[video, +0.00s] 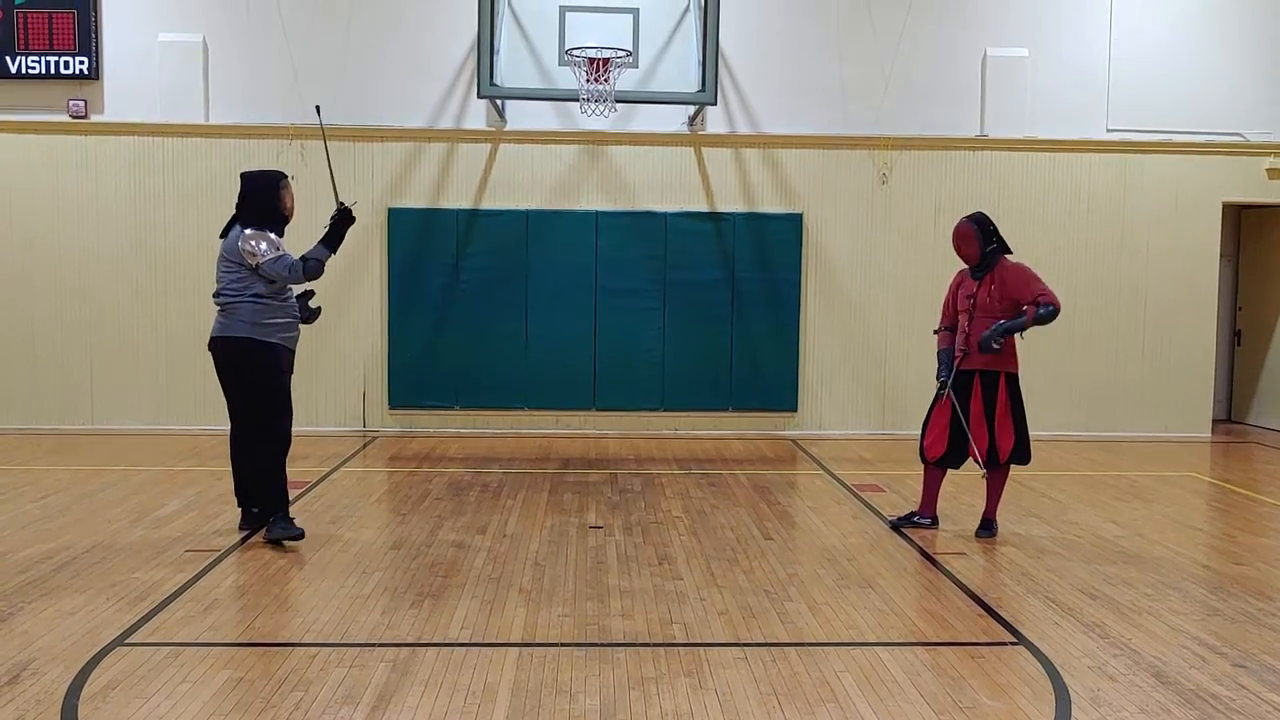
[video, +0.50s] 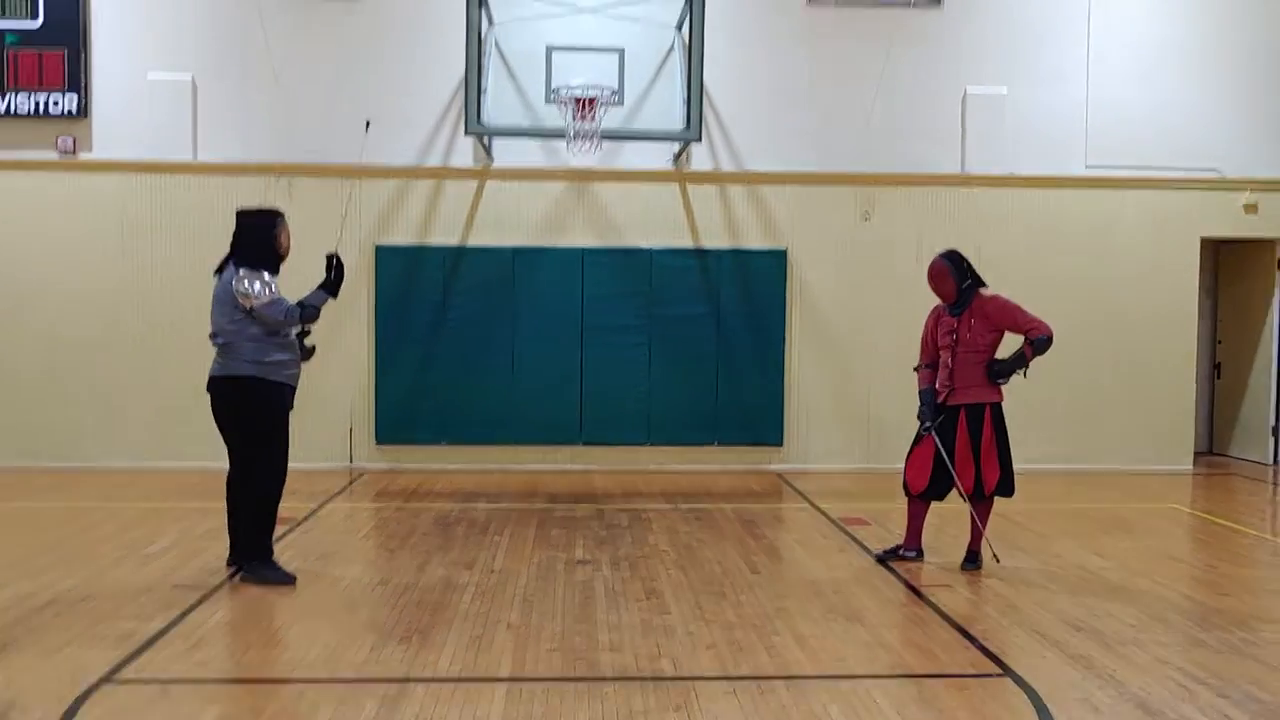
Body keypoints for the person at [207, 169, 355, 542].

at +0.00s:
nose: (293, 202)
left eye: (291, 194)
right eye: (288, 194)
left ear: (260, 198)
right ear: (270, 197)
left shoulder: (242, 235)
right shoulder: (254, 236)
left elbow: (253, 295)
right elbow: (294, 271)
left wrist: (293, 307)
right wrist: (332, 237)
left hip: (238, 343)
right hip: (254, 346)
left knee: (248, 429)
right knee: (273, 430)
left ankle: (252, 511)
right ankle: (276, 517)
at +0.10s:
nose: (294, 203)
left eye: (292, 195)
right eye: (289, 195)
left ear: (261, 198)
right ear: (271, 198)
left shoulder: (247, 235)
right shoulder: (255, 236)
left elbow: (256, 296)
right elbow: (296, 273)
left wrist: (293, 310)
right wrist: (333, 239)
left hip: (244, 345)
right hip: (255, 348)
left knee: (250, 430)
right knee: (275, 431)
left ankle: (253, 513)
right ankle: (273, 520)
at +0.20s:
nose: (296, 206)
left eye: (294, 198)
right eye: (291, 198)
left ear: (262, 202)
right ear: (274, 202)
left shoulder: (245, 238)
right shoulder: (257, 240)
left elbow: (255, 299)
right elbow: (298, 277)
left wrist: (294, 312)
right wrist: (335, 242)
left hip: (246, 347)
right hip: (258, 351)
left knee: (253, 433)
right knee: (277, 434)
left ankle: (255, 517)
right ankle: (270, 523)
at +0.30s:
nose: (295, 203)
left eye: (293, 196)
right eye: (290, 195)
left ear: (261, 200)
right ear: (273, 200)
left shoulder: (241, 238)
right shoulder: (256, 239)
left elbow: (254, 297)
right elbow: (295, 277)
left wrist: (295, 310)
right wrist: (334, 245)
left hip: (243, 347)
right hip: (262, 351)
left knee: (252, 432)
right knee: (276, 433)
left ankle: (253, 516)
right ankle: (268, 523)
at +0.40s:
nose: (291, 208)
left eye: (290, 200)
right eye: (287, 200)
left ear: (257, 203)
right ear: (269, 203)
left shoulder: (238, 241)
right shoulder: (252, 242)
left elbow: (252, 302)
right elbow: (288, 282)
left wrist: (294, 314)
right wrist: (331, 251)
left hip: (243, 352)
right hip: (258, 356)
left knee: (250, 436)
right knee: (272, 438)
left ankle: (248, 520)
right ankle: (262, 527)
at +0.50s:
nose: (289, 242)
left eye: (287, 234)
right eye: (284, 234)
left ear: (255, 236)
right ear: (266, 237)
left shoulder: (236, 274)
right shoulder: (249, 275)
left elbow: (247, 336)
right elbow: (281, 316)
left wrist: (292, 349)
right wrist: (326, 289)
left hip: (241, 384)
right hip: (253, 388)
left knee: (247, 469)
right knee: (266, 471)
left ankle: (243, 553)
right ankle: (256, 559)